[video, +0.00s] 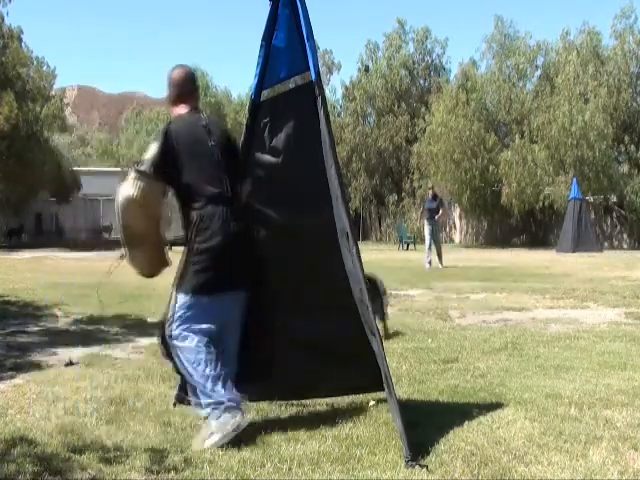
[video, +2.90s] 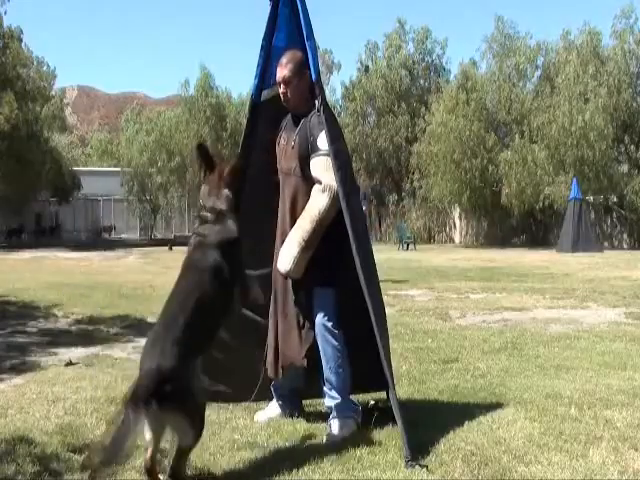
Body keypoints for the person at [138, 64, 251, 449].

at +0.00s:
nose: (169, 100)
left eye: (168, 94)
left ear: (169, 96)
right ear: (197, 93)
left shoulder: (173, 132)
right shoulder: (220, 131)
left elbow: (150, 184)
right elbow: (239, 176)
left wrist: (148, 245)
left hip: (209, 237)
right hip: (240, 236)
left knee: (182, 328)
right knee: (228, 327)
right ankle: (220, 408)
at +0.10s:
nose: (184, 96)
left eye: (183, 90)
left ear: (183, 93)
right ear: (213, 90)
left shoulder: (195, 129)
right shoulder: (230, 127)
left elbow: (169, 183)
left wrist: (166, 246)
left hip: (232, 234)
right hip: (239, 231)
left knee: (227, 333)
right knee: (223, 330)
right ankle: (225, 418)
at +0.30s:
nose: (211, 97)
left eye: (211, 92)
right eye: (215, 91)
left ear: (215, 92)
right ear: (241, 88)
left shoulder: (234, 130)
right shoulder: (254, 128)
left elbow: (211, 182)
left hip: (254, 243)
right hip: (264, 240)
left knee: (268, 329)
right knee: (238, 324)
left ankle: (308, 416)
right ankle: (239, 408)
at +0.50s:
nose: (230, 89)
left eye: (231, 83)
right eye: (231, 82)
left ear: (240, 84)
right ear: (258, 81)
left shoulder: (270, 121)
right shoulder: (261, 120)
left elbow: (252, 186)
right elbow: (252, 183)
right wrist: (246, 229)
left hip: (287, 236)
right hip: (268, 236)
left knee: (282, 327)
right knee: (264, 324)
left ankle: (309, 416)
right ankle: (277, 405)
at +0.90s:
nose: (254, 85)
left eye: (258, 77)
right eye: (253, 78)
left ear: (279, 75)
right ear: (271, 76)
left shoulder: (297, 114)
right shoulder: (271, 121)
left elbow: (306, 175)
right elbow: (271, 187)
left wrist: (265, 231)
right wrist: (255, 236)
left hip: (313, 236)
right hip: (281, 237)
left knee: (318, 323)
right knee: (281, 317)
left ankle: (336, 410)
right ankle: (282, 402)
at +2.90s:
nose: (281, 90)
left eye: (287, 82)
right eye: (278, 83)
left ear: (308, 82)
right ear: (279, 85)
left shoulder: (321, 124)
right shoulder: (285, 127)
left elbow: (328, 189)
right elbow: (284, 186)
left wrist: (294, 246)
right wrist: (280, 239)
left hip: (323, 237)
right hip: (289, 235)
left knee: (325, 320)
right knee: (285, 313)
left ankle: (342, 410)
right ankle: (284, 399)